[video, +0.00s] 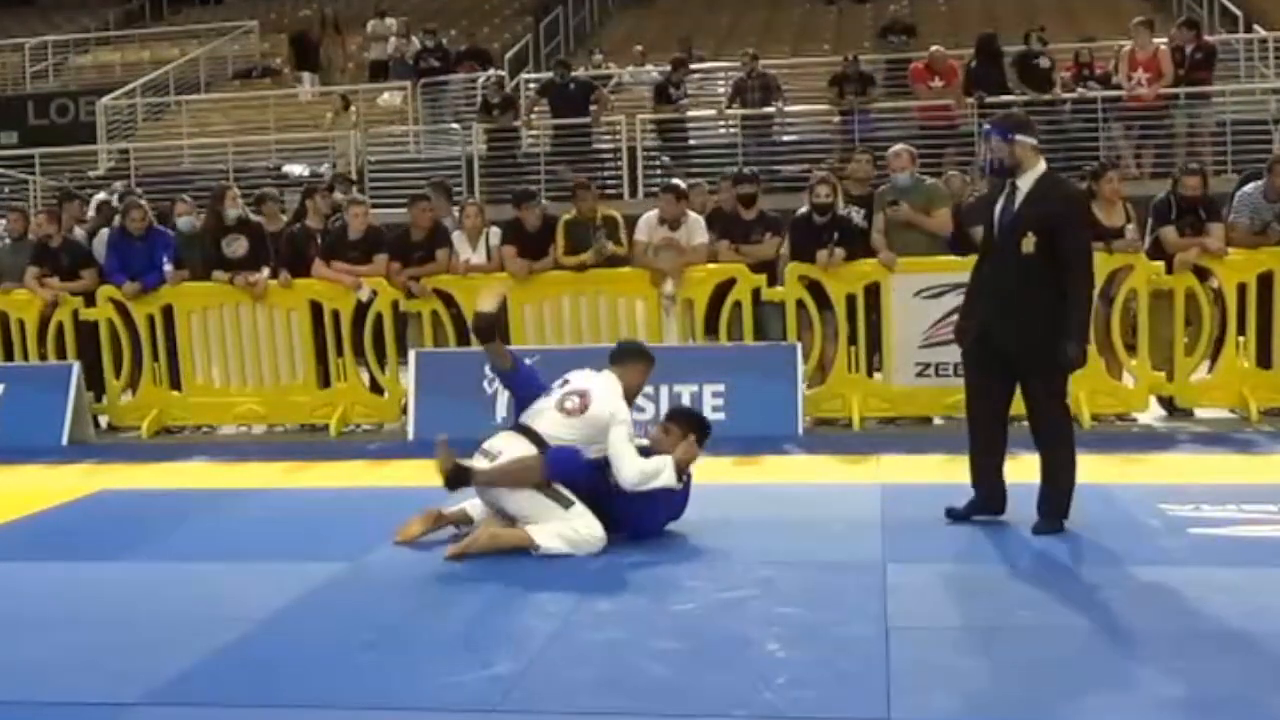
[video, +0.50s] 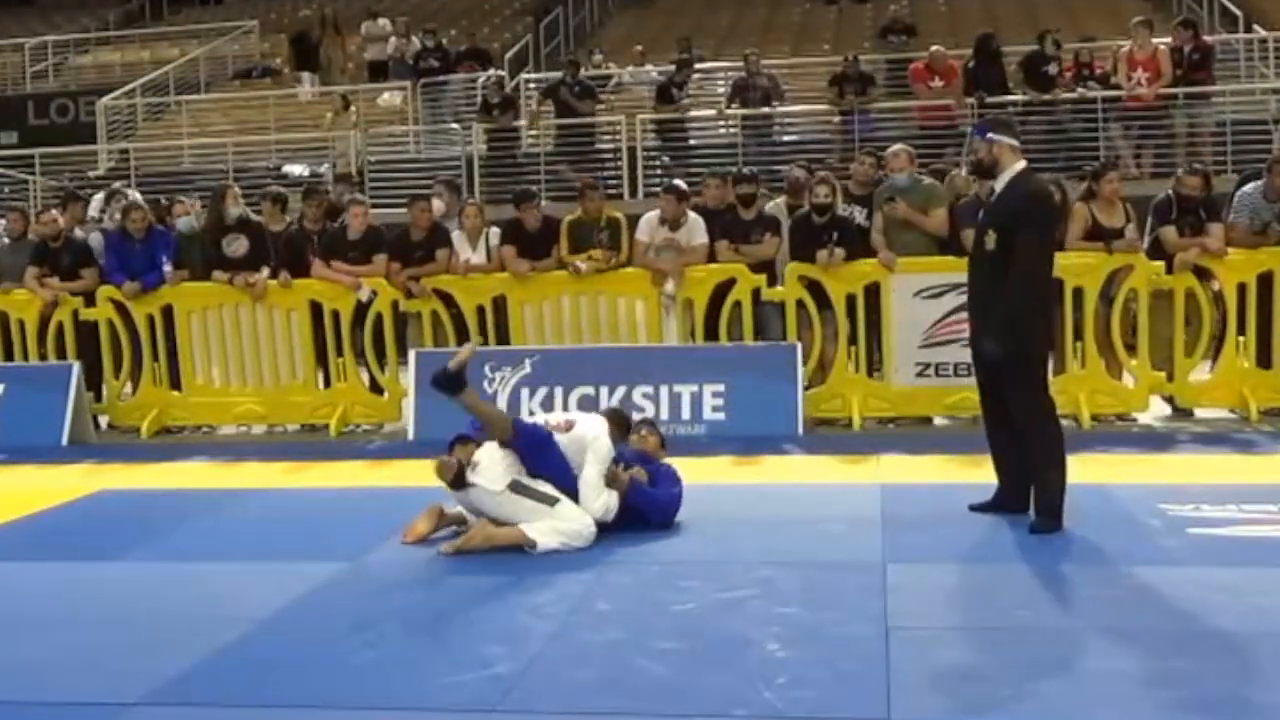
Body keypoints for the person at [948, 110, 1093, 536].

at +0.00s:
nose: (993, 154)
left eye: (998, 146)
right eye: (992, 146)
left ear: (1023, 145)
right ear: (1015, 147)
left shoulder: (1065, 197)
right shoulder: (1000, 195)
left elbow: (1079, 273)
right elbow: (986, 267)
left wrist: (1076, 336)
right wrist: (967, 317)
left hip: (1041, 332)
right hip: (990, 330)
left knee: (1050, 426)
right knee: (984, 420)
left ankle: (1053, 513)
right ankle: (987, 497)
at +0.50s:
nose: (976, 158)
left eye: (979, 150)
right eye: (975, 151)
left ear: (999, 147)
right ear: (998, 149)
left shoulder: (1033, 195)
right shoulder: (1001, 195)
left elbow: (1029, 276)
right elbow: (992, 270)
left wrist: (1010, 330)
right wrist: (981, 325)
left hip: (1019, 327)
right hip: (991, 325)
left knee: (1032, 412)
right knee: (1000, 411)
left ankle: (1049, 507)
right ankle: (1011, 492)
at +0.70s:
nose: (966, 162)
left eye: (969, 154)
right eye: (966, 155)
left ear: (987, 151)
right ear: (996, 151)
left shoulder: (1009, 195)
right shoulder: (1007, 192)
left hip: (1000, 324)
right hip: (989, 322)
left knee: (1008, 412)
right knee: (996, 410)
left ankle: (1036, 504)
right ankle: (1011, 489)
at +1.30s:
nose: (919, 166)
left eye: (922, 159)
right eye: (920, 159)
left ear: (937, 158)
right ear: (961, 157)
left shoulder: (937, 202)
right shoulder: (995, 202)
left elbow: (929, 272)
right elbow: (1005, 269)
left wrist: (915, 329)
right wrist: (991, 306)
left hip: (944, 321)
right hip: (990, 320)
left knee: (935, 409)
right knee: (999, 405)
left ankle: (919, 484)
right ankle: (1010, 493)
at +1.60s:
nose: (879, 170)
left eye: (881, 163)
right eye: (879, 163)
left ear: (895, 159)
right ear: (916, 157)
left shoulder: (898, 205)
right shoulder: (956, 195)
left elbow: (891, 270)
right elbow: (970, 257)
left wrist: (881, 310)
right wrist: (960, 300)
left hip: (914, 318)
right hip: (957, 314)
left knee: (914, 400)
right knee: (949, 392)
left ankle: (921, 483)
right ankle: (988, 468)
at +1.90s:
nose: (852, 171)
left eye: (852, 165)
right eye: (852, 165)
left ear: (861, 163)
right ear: (888, 159)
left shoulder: (872, 204)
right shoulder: (927, 197)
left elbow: (864, 270)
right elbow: (940, 259)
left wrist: (849, 325)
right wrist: (935, 306)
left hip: (889, 313)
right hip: (924, 310)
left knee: (902, 393)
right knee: (898, 390)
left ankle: (920, 481)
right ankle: (895, 469)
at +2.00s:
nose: (841, 176)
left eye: (842, 170)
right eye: (841, 170)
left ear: (854, 166)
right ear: (877, 163)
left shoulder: (862, 207)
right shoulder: (913, 202)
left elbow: (855, 273)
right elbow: (928, 261)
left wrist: (842, 327)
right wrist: (924, 310)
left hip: (879, 317)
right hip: (913, 313)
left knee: (896, 397)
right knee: (885, 393)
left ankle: (919, 482)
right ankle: (865, 464)